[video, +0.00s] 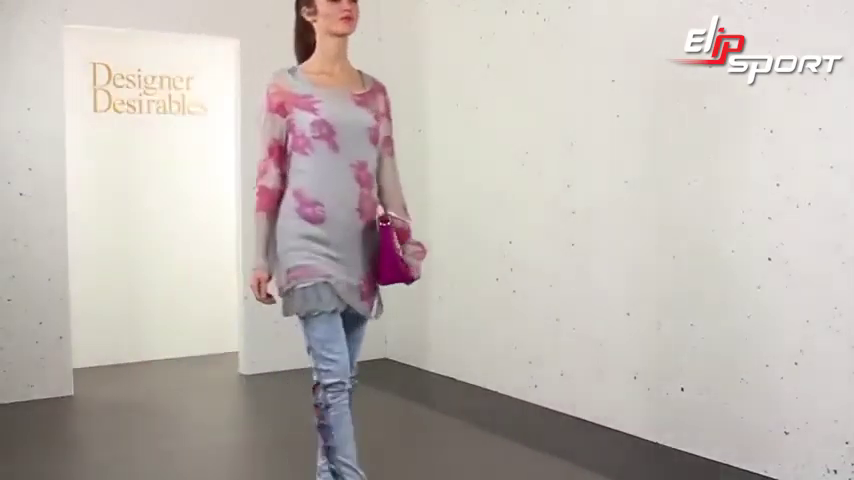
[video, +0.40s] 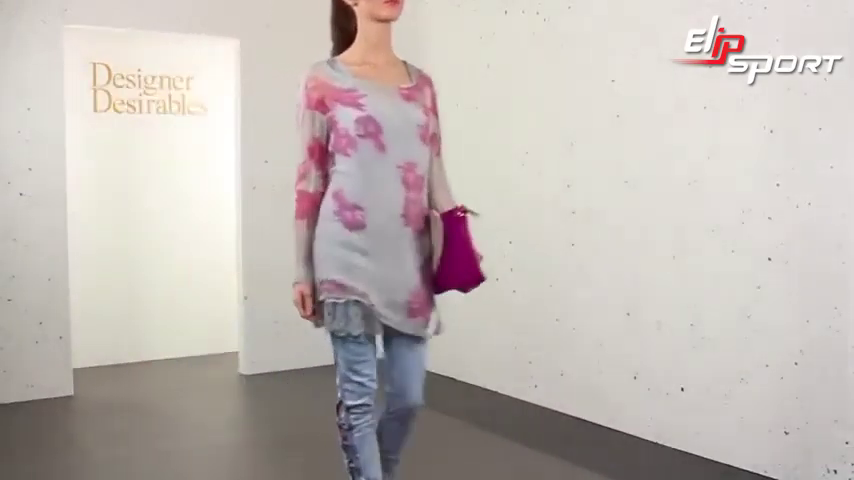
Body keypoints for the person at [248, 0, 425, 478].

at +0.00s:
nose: (348, 7)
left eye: (352, 1)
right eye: (334, 1)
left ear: (358, 10)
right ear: (310, 13)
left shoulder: (373, 89)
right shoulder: (285, 86)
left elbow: (387, 169)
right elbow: (270, 173)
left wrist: (404, 235)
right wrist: (262, 256)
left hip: (360, 242)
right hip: (303, 241)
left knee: (343, 372)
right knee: (334, 372)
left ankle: (327, 469)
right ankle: (349, 474)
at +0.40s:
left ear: (399, 4)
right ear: (352, 1)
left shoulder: (420, 83)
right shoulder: (324, 79)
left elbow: (435, 173)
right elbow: (310, 178)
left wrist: (453, 251)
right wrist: (302, 268)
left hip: (409, 257)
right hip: (344, 256)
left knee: (408, 397)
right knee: (360, 393)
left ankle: (382, 468)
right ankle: (367, 476)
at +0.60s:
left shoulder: (440, 77)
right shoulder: (342, 68)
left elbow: (454, 167)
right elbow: (329, 170)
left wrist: (478, 249)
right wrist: (321, 265)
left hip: (434, 261)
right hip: (364, 262)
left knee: (446, 404)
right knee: (366, 403)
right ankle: (367, 475)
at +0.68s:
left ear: (429, 0)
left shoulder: (449, 77)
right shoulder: (349, 67)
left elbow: (465, 168)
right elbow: (337, 172)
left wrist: (488, 252)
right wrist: (329, 269)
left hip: (445, 265)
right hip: (372, 266)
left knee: (456, 408)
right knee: (369, 406)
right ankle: (370, 477)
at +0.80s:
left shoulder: (466, 78)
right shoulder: (361, 67)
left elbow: (482, 169)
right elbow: (349, 176)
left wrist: (506, 251)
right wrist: (336, 279)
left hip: (461, 272)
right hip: (384, 271)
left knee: (472, 419)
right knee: (379, 412)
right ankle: (375, 478)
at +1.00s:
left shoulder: (496, 70)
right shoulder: (385, 58)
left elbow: (513, 173)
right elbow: (368, 175)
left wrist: (540, 258)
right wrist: (352, 277)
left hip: (489, 275)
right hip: (415, 274)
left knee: (488, 426)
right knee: (426, 426)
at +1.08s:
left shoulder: (504, 71)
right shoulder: (392, 57)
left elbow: (523, 178)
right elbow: (373, 176)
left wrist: (552, 266)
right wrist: (356, 279)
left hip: (497, 272)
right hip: (422, 269)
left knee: (492, 426)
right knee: (451, 424)